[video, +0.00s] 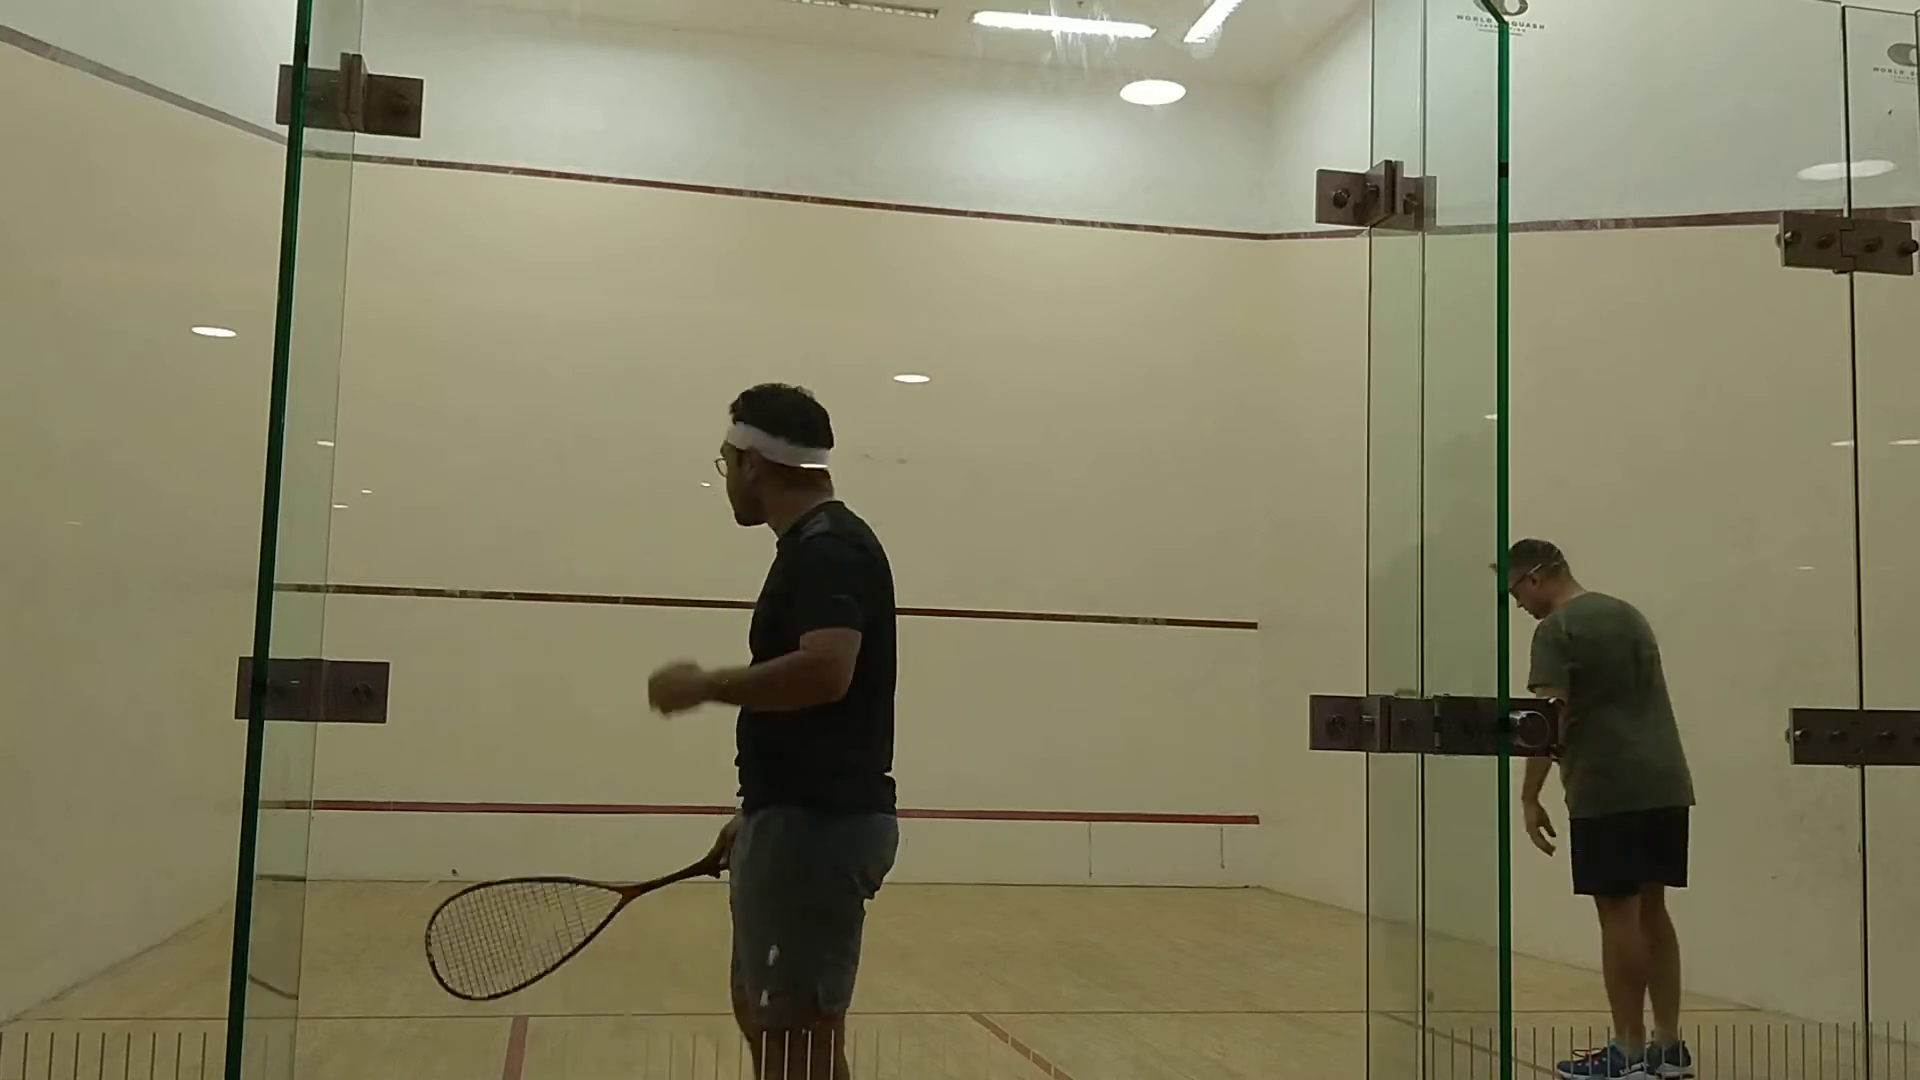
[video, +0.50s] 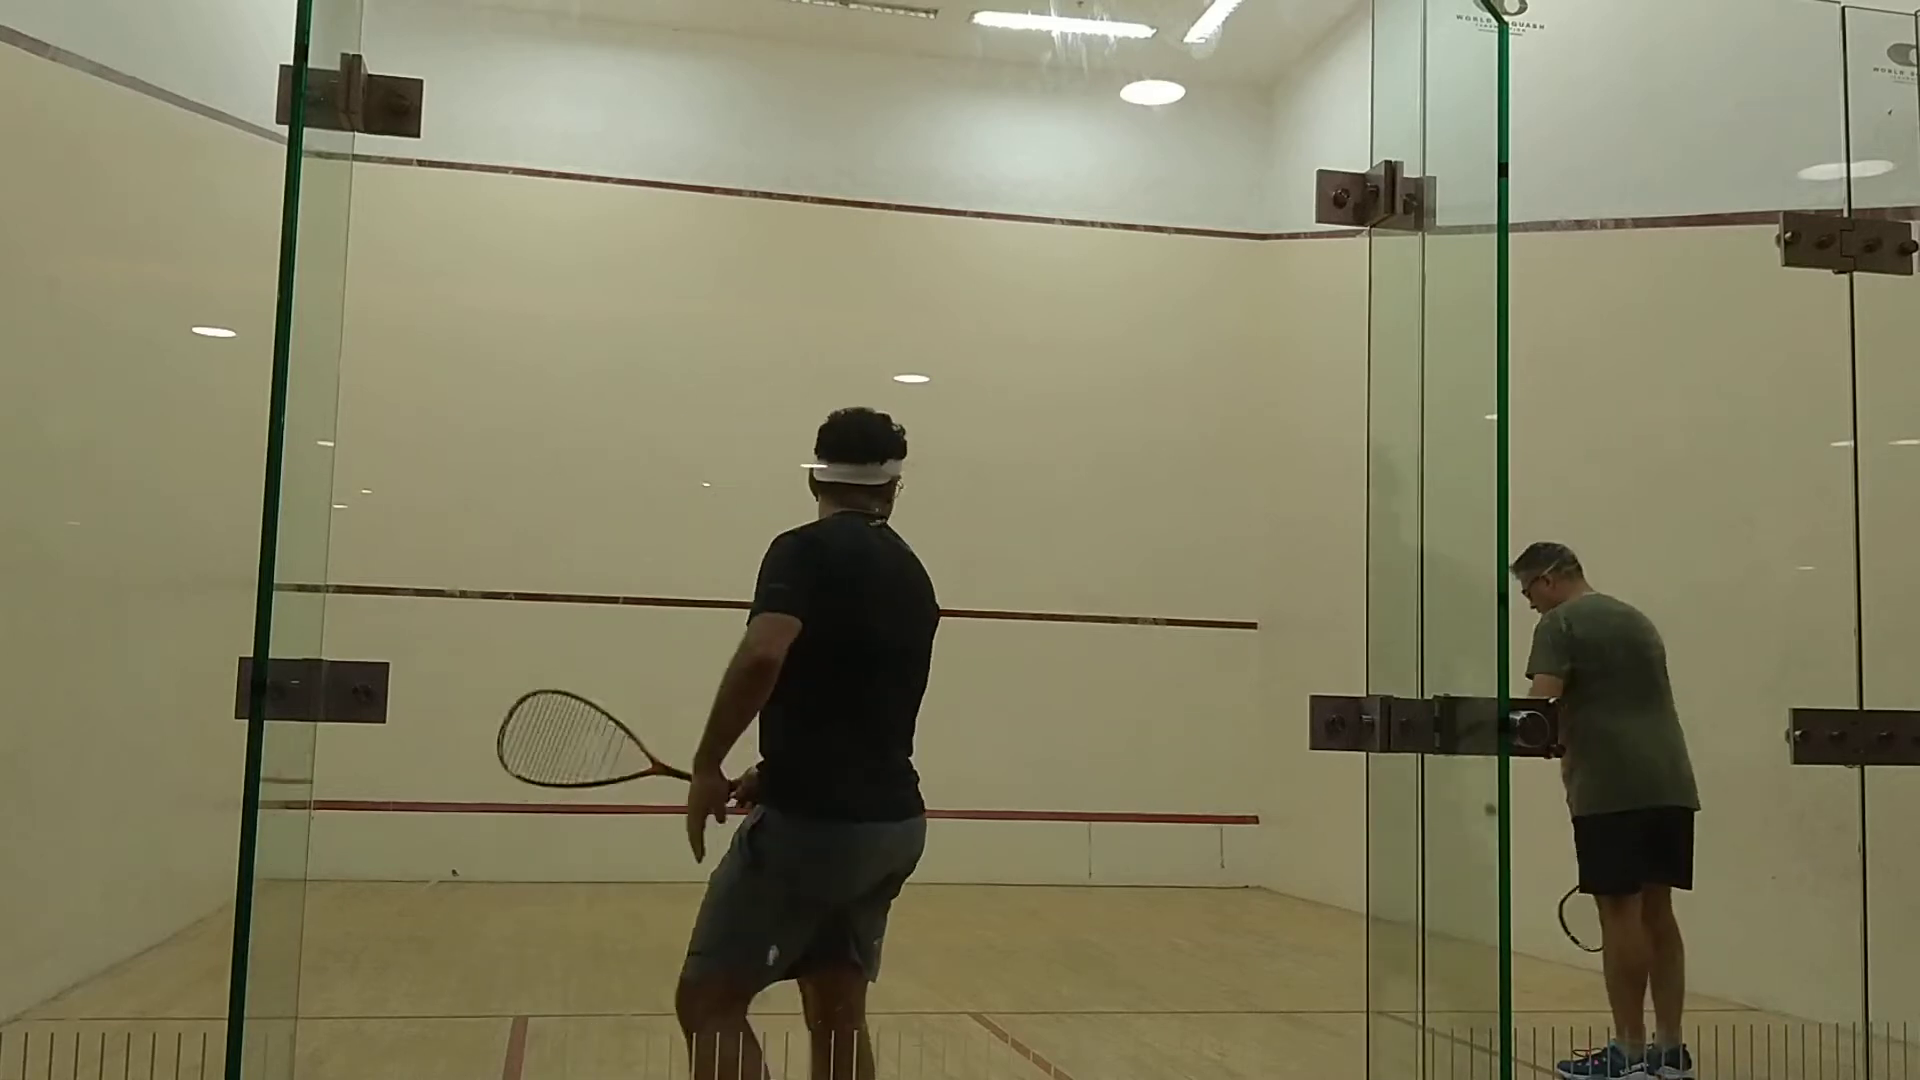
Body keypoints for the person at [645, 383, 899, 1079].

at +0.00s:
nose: (724, 481)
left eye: (727, 462)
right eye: (724, 464)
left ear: (757, 463)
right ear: (799, 461)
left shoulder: (830, 546)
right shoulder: (814, 545)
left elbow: (827, 669)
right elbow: (815, 707)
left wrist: (708, 683)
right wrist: (754, 814)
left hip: (819, 823)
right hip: (792, 820)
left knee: (800, 1034)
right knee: (759, 1010)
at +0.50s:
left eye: (823, 476)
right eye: (891, 480)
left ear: (817, 480)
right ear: (894, 488)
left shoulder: (800, 551)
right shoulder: (911, 574)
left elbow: (762, 658)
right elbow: (874, 707)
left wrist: (708, 762)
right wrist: (773, 773)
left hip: (805, 826)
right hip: (891, 825)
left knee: (707, 1002)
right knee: (836, 1004)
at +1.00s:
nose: (899, 499)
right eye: (901, 489)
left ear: (824, 483)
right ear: (900, 492)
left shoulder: (794, 553)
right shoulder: (916, 579)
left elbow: (747, 666)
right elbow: (874, 706)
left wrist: (706, 758)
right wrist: (770, 742)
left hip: (797, 824)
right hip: (890, 823)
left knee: (742, 1014)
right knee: (843, 1007)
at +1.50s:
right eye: (874, 483)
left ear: (798, 484)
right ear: (874, 491)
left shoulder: (779, 555)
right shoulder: (891, 576)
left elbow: (744, 669)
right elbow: (855, 704)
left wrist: (688, 775)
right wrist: (748, 737)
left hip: (781, 821)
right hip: (871, 819)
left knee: (731, 1009)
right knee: (830, 1003)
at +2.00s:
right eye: (861, 478)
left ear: (784, 480)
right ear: (860, 485)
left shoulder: (755, 563)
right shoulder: (897, 580)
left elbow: (707, 673)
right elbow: (871, 702)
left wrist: (659, 773)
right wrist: (772, 760)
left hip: (772, 824)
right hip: (870, 821)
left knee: (726, 1011)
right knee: (835, 1010)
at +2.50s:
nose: (765, 478)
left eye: (767, 468)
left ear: (770, 479)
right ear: (850, 481)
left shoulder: (784, 559)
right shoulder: (882, 565)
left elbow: (773, 671)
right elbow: (862, 700)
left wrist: (700, 781)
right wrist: (780, 801)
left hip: (805, 818)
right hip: (883, 816)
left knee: (754, 1007)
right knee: (832, 1006)